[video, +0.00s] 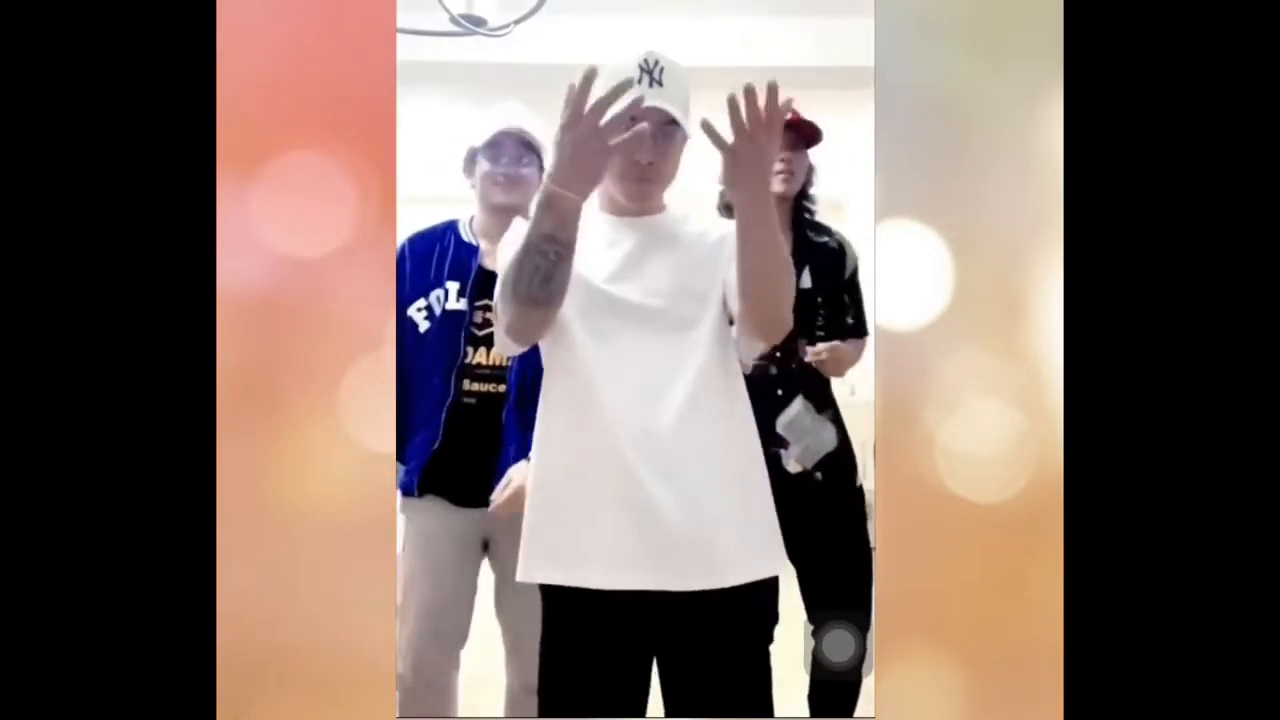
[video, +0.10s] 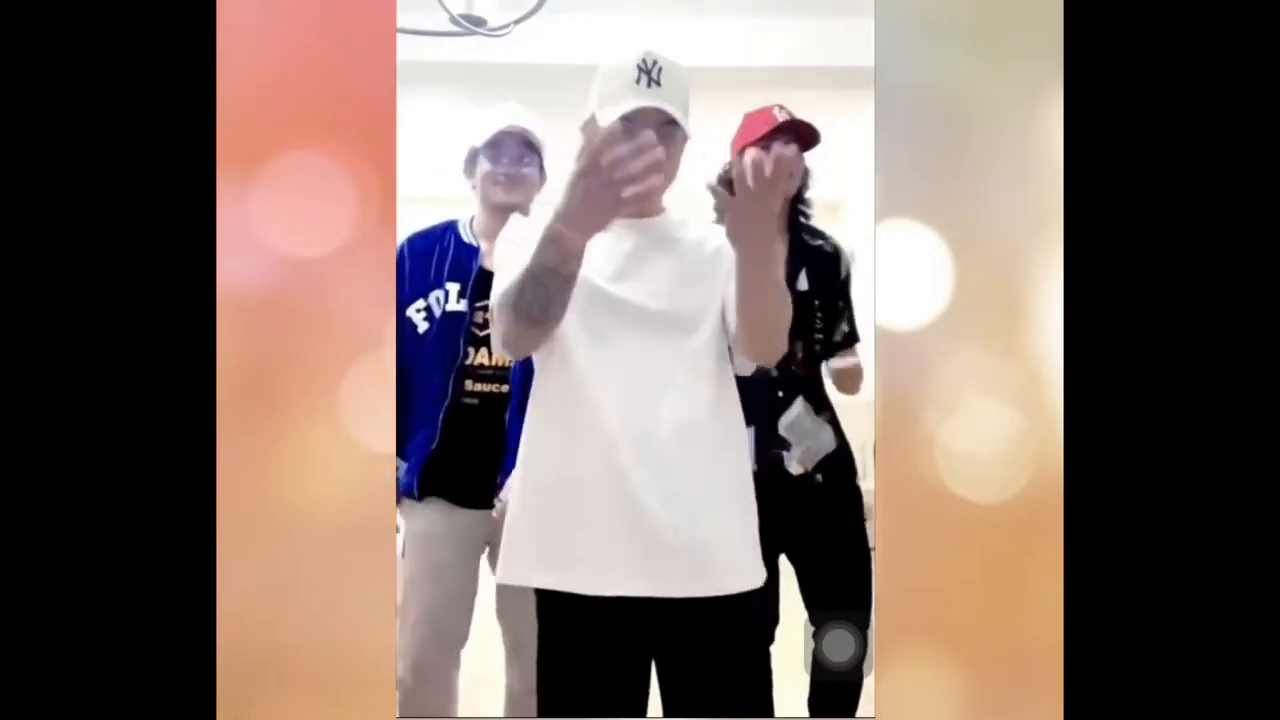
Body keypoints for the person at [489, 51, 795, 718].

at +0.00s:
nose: (645, 145)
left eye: (665, 129)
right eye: (628, 125)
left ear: (686, 144)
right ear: (598, 137)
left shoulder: (721, 242)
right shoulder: (552, 236)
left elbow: (768, 326)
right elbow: (518, 326)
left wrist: (755, 191)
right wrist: (564, 188)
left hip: (719, 570)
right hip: (588, 571)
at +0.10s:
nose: (648, 148)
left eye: (666, 130)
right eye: (629, 128)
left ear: (684, 145)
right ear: (592, 140)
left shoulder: (717, 246)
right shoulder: (539, 233)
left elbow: (765, 349)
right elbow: (514, 339)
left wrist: (762, 239)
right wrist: (572, 225)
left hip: (713, 570)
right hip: (580, 571)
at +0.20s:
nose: (645, 155)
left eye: (664, 137)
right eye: (626, 134)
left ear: (686, 151)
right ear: (591, 146)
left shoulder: (725, 260)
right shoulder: (534, 245)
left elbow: (752, 398)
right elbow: (509, 366)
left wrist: (748, 341)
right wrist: (579, 324)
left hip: (705, 566)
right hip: (577, 568)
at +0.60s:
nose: (650, 159)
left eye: (669, 139)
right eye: (630, 140)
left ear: (703, 147)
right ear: (608, 151)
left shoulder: (750, 259)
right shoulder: (570, 239)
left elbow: (758, 377)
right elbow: (520, 343)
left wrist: (730, 262)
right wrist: (553, 232)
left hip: (696, 563)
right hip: (565, 555)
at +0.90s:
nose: (655, 154)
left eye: (674, 133)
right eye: (636, 136)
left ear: (708, 143)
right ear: (614, 148)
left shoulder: (774, 239)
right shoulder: (588, 244)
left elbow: (801, 357)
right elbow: (541, 360)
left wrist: (725, 256)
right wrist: (560, 284)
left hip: (711, 574)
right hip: (582, 569)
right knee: (541, 716)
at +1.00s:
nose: (658, 164)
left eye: (677, 143)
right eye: (639, 144)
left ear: (707, 155)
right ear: (612, 158)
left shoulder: (773, 251)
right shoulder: (583, 267)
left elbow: (807, 396)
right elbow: (552, 402)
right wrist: (577, 362)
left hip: (723, 588)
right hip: (591, 586)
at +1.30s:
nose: (669, 162)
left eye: (689, 141)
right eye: (649, 140)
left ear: (711, 155)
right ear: (612, 150)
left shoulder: (753, 259)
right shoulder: (575, 263)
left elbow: (794, 379)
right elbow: (541, 378)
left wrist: (791, 282)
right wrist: (566, 293)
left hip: (745, 589)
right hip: (613, 590)